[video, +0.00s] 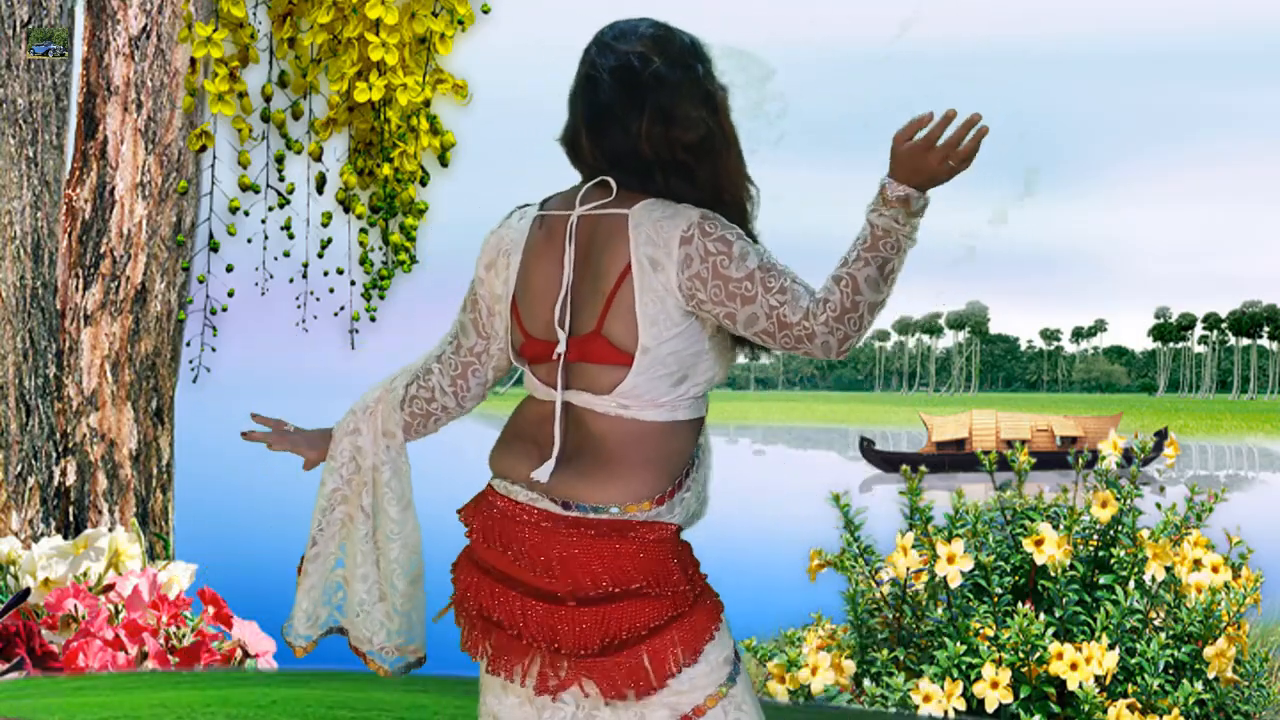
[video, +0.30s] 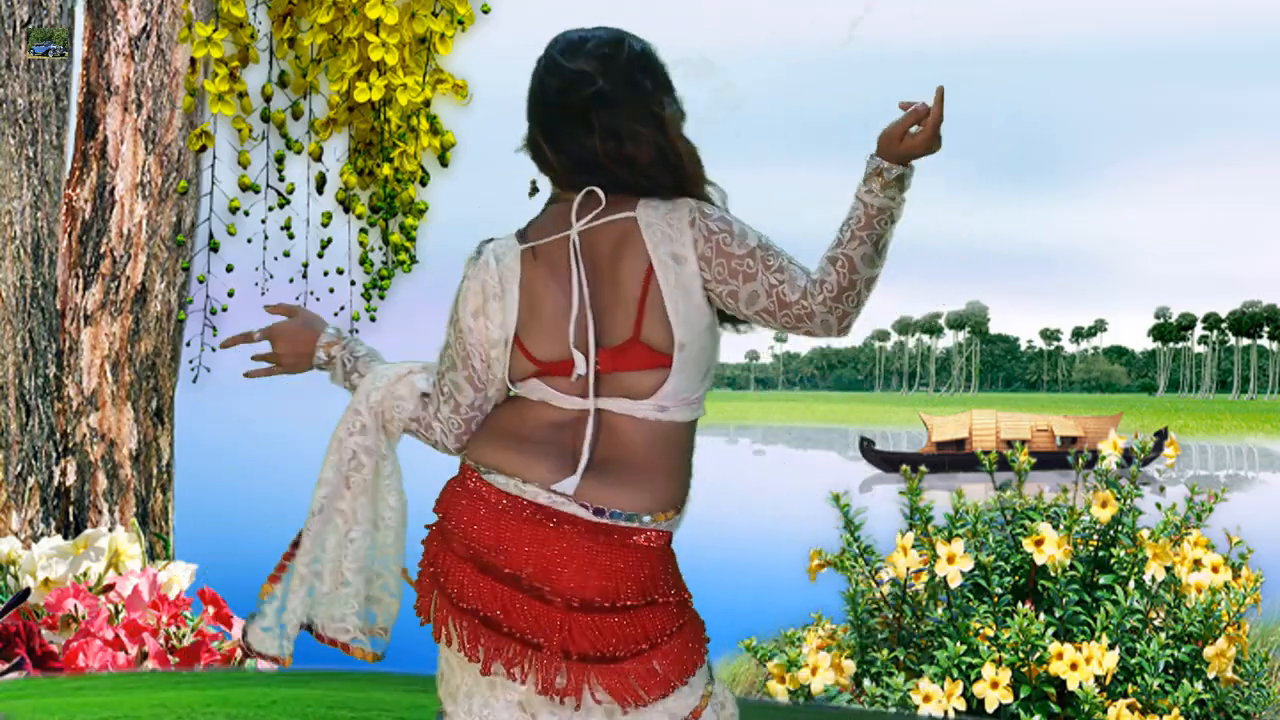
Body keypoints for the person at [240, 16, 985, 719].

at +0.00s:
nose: (720, 124)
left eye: (713, 103)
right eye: (711, 105)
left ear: (586, 121)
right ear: (689, 120)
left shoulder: (521, 234)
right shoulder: (687, 238)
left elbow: (452, 379)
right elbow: (822, 331)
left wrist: (340, 439)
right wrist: (902, 197)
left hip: (504, 531)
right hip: (626, 553)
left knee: (523, 699)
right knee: (706, 703)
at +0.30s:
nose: (681, 119)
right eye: (670, 101)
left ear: (543, 133)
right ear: (656, 120)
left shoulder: (501, 262)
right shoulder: (696, 235)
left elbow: (446, 421)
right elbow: (830, 310)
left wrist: (330, 350)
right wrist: (887, 173)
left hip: (488, 521)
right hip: (624, 548)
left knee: (490, 696)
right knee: (653, 701)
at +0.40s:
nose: (678, 119)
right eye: (667, 101)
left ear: (541, 128)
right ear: (656, 116)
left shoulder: (502, 255)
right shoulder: (698, 229)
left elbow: (449, 417)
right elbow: (828, 310)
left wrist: (327, 350)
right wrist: (885, 175)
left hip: (499, 518)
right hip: (634, 539)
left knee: (495, 695)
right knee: (657, 703)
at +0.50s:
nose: (705, 110)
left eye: (697, 89)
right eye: (696, 92)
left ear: (570, 115)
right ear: (678, 108)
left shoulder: (514, 243)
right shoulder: (711, 221)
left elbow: (469, 407)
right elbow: (844, 309)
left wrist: (331, 375)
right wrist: (913, 174)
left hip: (543, 522)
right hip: (684, 521)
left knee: (552, 693)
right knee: (710, 700)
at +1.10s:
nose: (772, 135)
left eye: (764, 111)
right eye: (760, 115)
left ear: (633, 131)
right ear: (740, 131)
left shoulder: (558, 254)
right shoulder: (742, 248)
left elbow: (496, 394)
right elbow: (902, 292)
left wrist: (387, 479)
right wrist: (952, 147)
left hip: (619, 531)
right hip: (744, 508)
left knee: (650, 709)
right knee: (792, 708)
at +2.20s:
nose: (705, 124)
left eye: (692, 108)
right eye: (694, 109)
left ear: (570, 130)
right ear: (681, 122)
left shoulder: (516, 250)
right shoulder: (705, 232)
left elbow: (439, 397)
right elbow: (866, 252)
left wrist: (308, 449)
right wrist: (969, 134)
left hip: (512, 540)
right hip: (643, 558)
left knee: (530, 700)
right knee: (717, 699)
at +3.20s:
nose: (692, 112)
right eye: (682, 95)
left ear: (567, 115)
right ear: (679, 105)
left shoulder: (519, 238)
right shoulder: (717, 217)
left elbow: (439, 401)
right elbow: (864, 261)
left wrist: (297, 475)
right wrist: (974, 158)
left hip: (518, 517)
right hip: (659, 531)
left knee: (525, 703)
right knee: (738, 704)